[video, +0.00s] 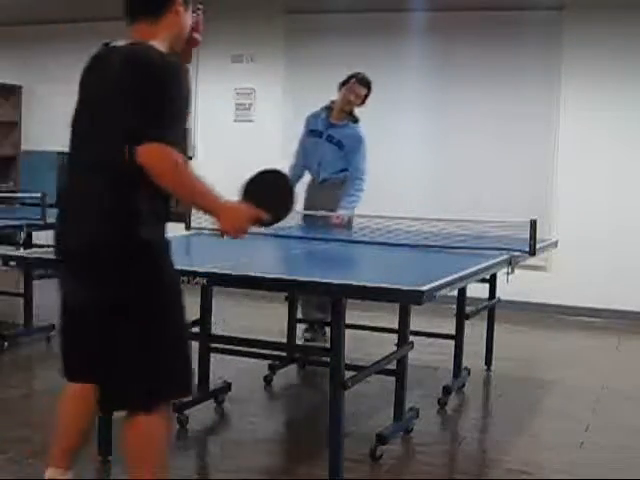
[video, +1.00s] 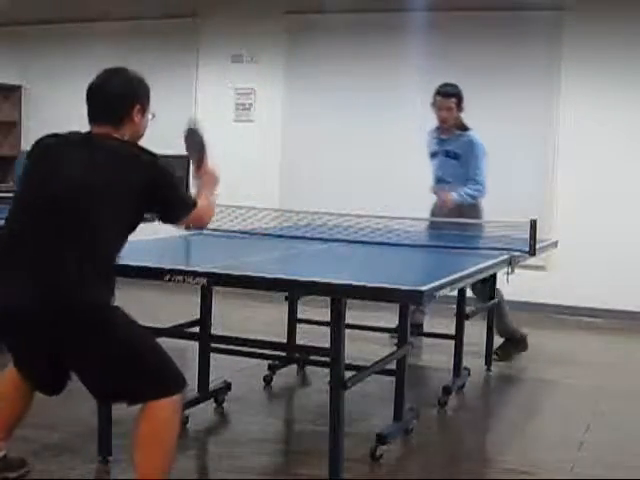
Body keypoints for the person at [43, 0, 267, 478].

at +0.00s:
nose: (194, 22)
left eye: (195, 14)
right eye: (193, 11)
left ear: (136, 13)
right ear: (177, 10)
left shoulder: (101, 62)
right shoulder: (159, 67)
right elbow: (156, 154)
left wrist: (181, 54)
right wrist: (221, 208)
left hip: (81, 241)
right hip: (131, 246)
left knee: (85, 372)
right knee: (152, 389)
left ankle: (56, 471)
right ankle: (146, 475)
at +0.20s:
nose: (207, 22)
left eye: (208, 15)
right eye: (208, 13)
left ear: (153, 12)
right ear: (197, 10)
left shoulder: (107, 61)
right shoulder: (196, 76)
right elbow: (223, 166)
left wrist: (190, 47)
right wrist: (274, 195)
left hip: (93, 244)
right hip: (156, 250)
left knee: (93, 374)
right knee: (158, 394)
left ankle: (68, 472)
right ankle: (147, 475)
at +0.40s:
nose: (209, 18)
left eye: (208, 13)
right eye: (211, 12)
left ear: (155, 11)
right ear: (205, 11)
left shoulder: (103, 56)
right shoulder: (210, 77)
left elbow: (63, 42)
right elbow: (283, 130)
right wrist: (309, 108)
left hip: (97, 248)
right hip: (164, 254)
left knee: (86, 367)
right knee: (159, 394)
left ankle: (50, 463)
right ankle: (150, 474)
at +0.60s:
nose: (196, 16)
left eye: (195, 11)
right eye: (196, 11)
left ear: (136, 15)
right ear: (190, 12)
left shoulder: (106, 46)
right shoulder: (198, 60)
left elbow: (76, 2)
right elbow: (284, 24)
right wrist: (305, 6)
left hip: (78, 243)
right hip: (144, 250)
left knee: (62, 349)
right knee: (161, 388)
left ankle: (18, 440)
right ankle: (152, 476)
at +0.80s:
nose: (165, 59)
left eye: (164, 51)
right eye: (166, 51)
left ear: (111, 51)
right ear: (158, 54)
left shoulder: (78, 93)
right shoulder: (165, 103)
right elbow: (246, 98)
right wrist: (266, 54)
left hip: (36, 262)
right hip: (99, 272)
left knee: (40, 354)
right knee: (165, 387)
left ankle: (1, 442)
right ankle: (147, 473)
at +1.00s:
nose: (147, 123)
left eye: (147, 114)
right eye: (147, 114)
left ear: (92, 111)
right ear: (135, 114)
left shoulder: (46, 147)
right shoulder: (142, 167)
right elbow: (199, 218)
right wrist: (207, 185)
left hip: (12, 296)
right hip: (77, 305)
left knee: (26, 366)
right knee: (165, 392)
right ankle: (148, 474)